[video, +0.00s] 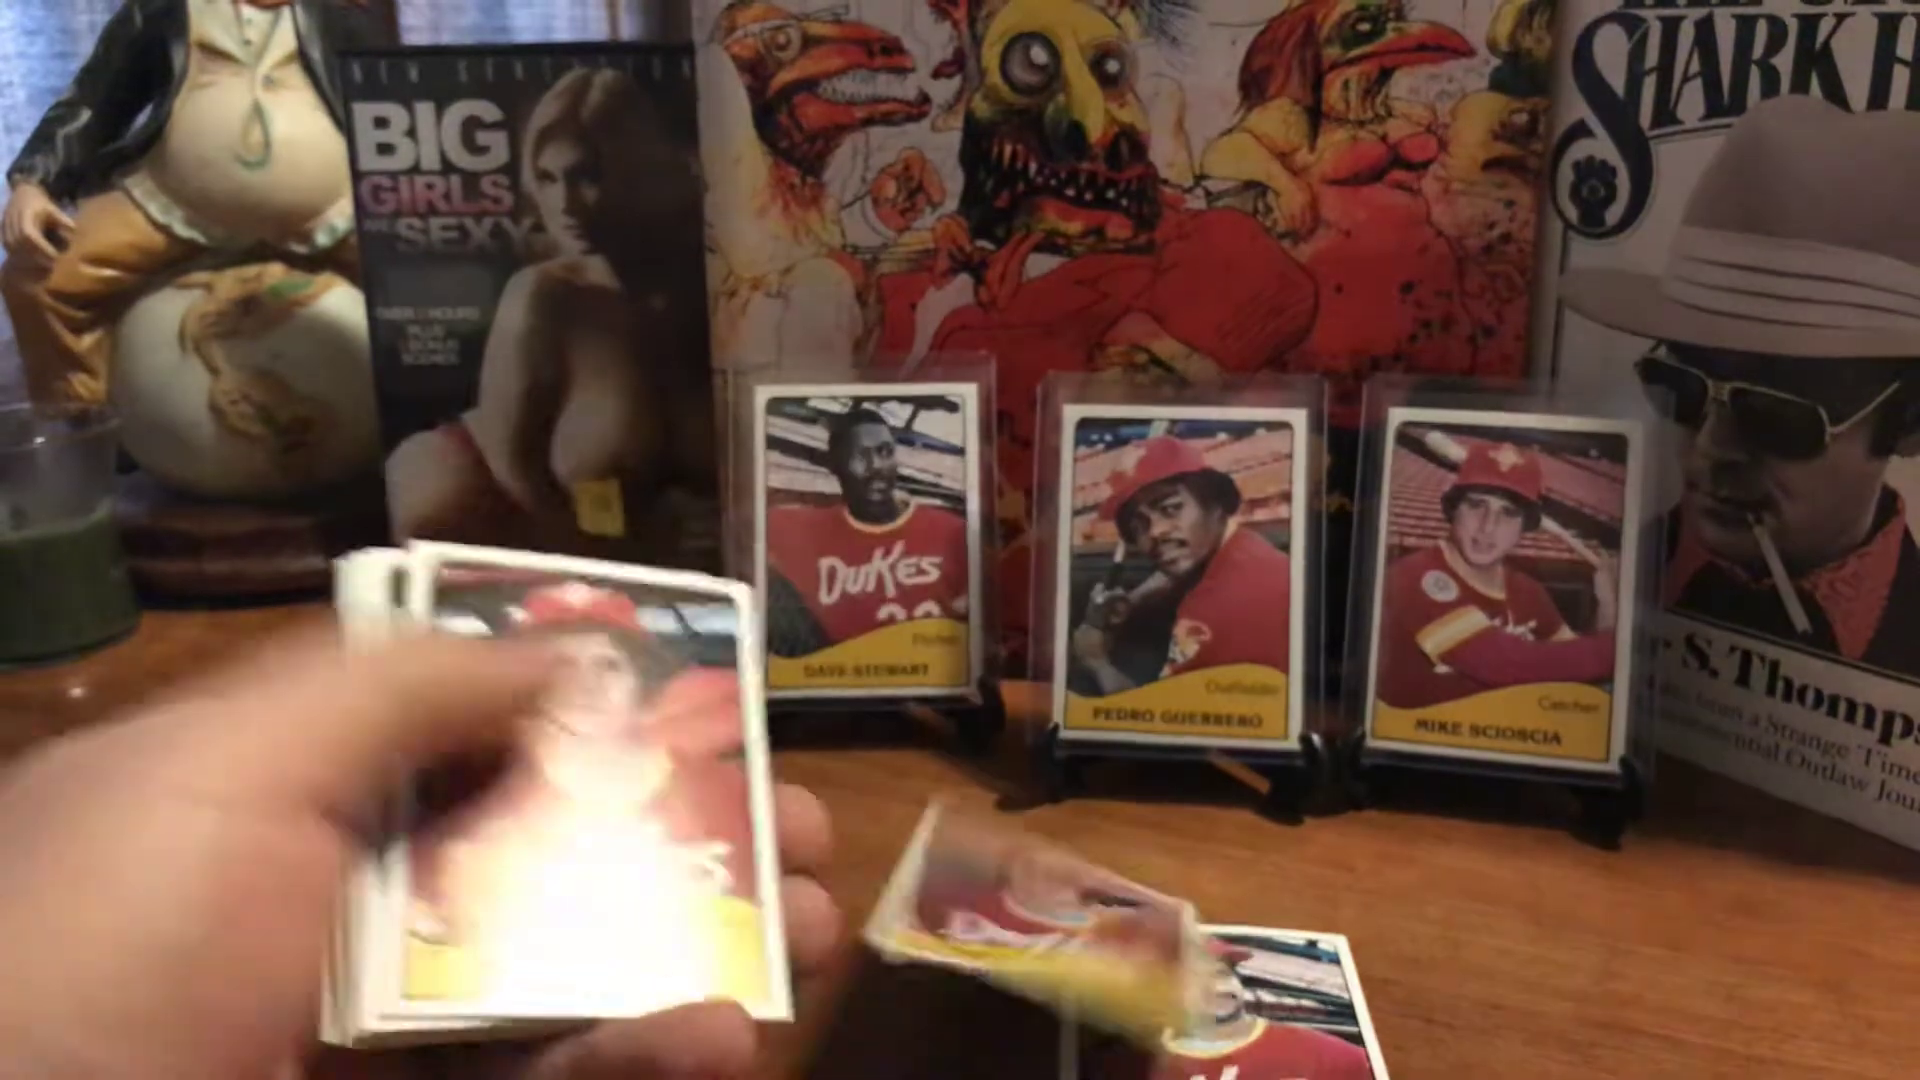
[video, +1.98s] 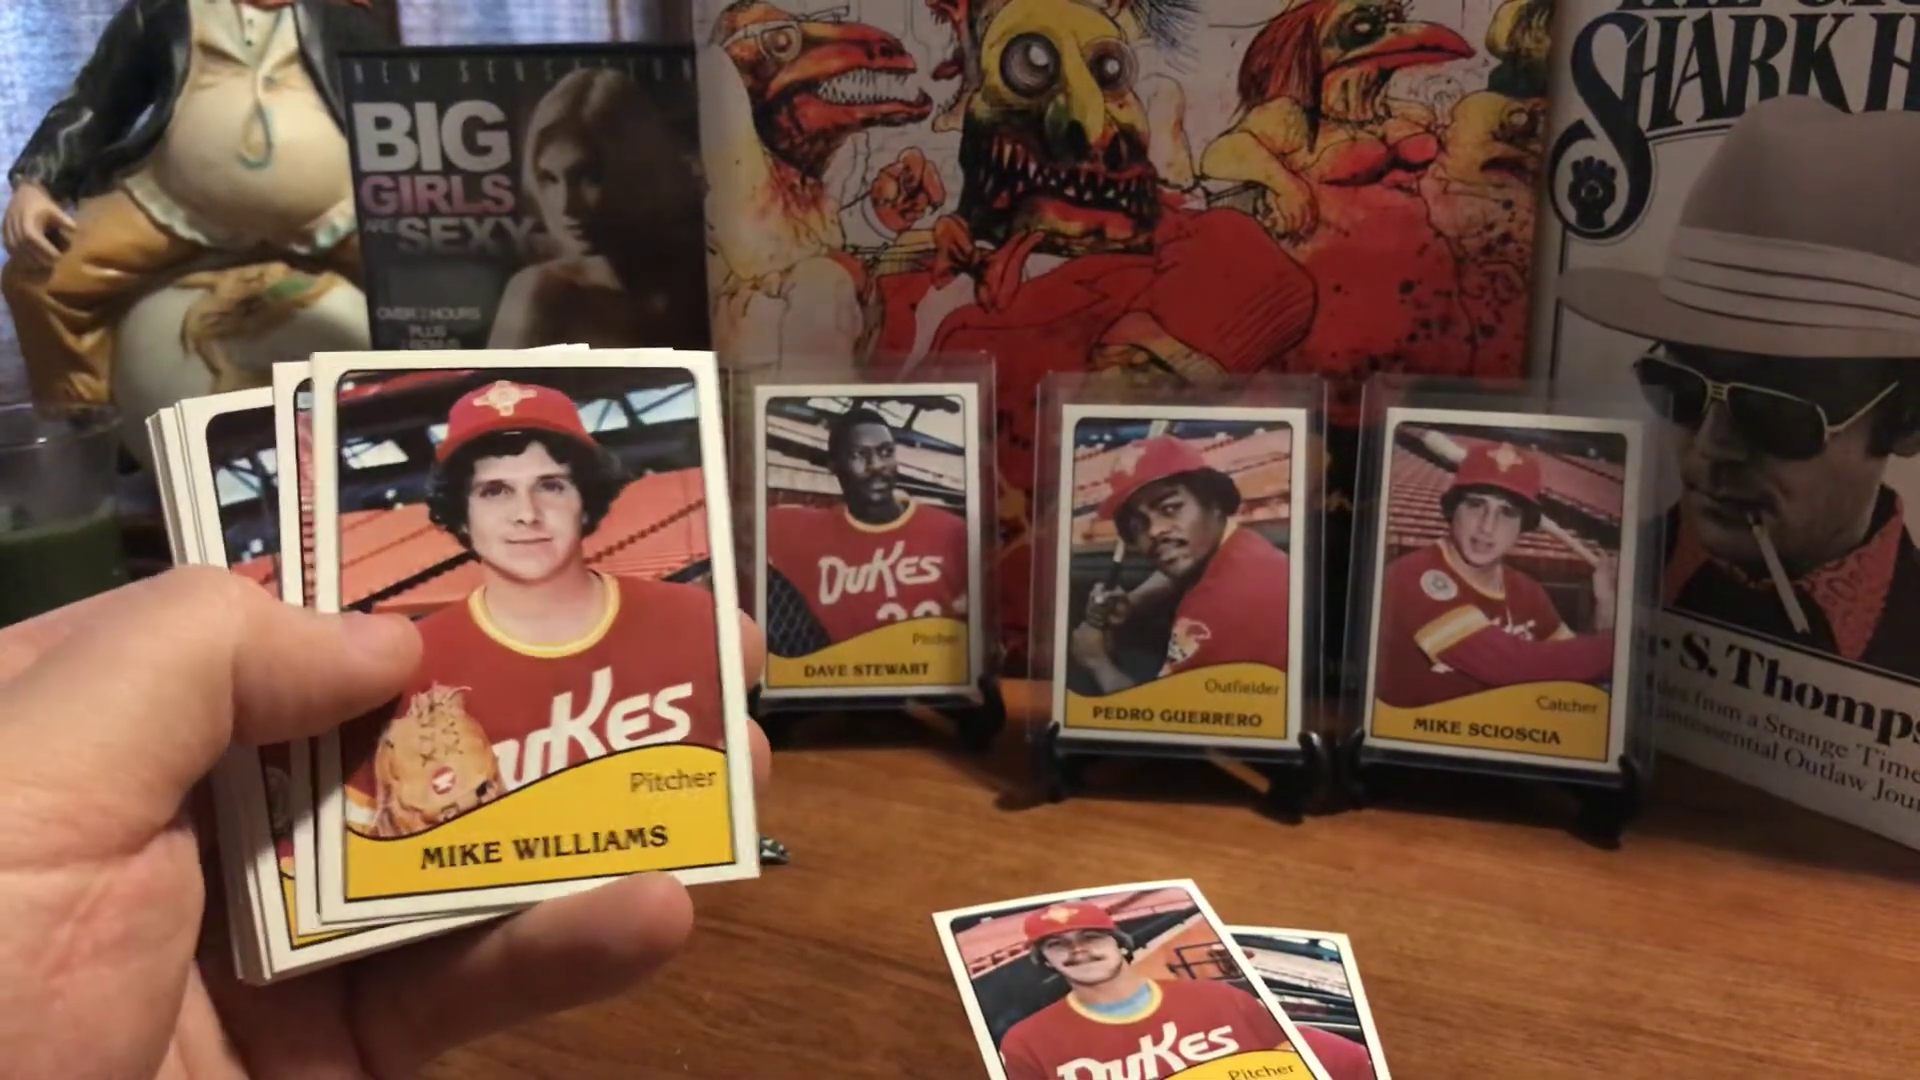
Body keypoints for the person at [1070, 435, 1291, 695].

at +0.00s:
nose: (1157, 531)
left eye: (1171, 508)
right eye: (1141, 522)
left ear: (1216, 505)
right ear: (1134, 539)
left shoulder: (1213, 606)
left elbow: (1163, 722)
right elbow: (1184, 567)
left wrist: (1098, 663)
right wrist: (1133, 601)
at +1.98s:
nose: (1156, 531)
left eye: (1170, 508)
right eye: (1140, 522)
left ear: (1214, 504)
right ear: (1133, 540)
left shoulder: (1213, 605)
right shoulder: (1248, 545)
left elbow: (1159, 720)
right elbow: (1184, 565)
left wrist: (1098, 662)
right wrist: (1132, 603)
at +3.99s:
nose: (1156, 529)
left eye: (1169, 507)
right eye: (1139, 522)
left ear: (1212, 503)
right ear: (1134, 539)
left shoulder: (1213, 604)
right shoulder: (1248, 544)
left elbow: (1160, 717)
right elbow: (1185, 564)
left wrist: (1097, 661)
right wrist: (1132, 601)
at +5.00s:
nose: (1155, 531)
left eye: (1169, 509)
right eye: (1139, 524)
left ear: (1212, 505)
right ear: (1133, 541)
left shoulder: (1210, 608)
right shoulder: (1246, 545)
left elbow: (1160, 720)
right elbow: (1183, 567)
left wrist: (1096, 662)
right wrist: (1131, 602)